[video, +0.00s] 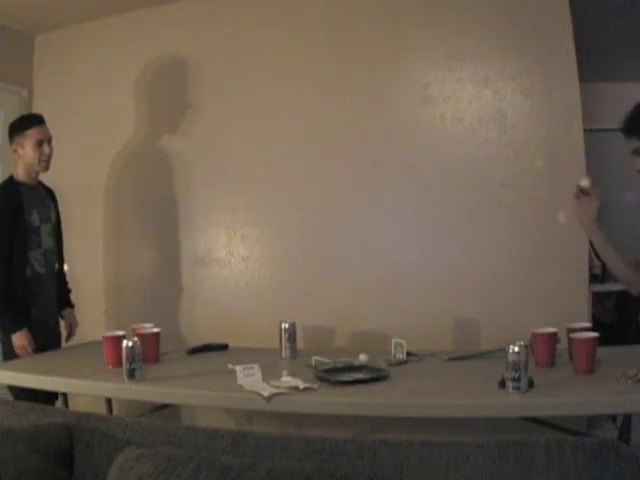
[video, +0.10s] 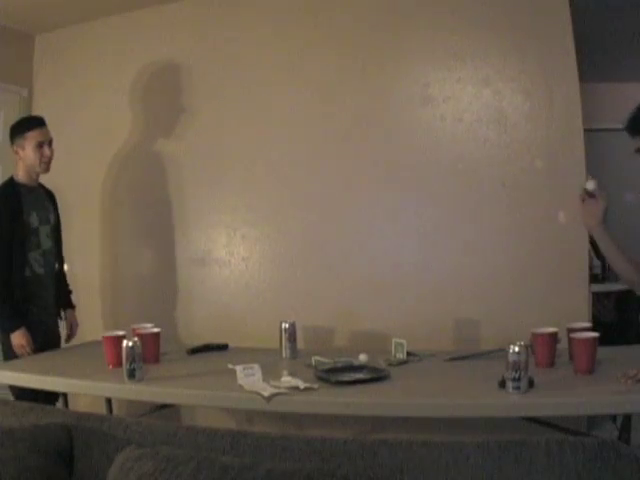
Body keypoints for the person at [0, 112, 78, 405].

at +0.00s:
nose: (47, 150)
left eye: (49, 142)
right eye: (39, 144)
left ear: (52, 144)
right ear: (17, 149)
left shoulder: (48, 196)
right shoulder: (5, 196)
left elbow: (55, 260)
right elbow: (4, 268)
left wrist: (66, 305)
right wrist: (13, 326)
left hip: (47, 313)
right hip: (16, 317)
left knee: (48, 398)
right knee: (26, 401)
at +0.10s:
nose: (48, 152)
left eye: (50, 144)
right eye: (40, 146)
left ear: (53, 146)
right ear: (18, 151)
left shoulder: (48, 198)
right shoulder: (5, 198)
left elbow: (55, 261)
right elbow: (4, 268)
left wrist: (68, 306)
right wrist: (12, 325)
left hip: (46, 313)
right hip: (16, 317)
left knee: (49, 397)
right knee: (28, 401)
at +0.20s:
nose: (50, 156)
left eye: (51, 148)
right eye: (41, 149)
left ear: (54, 150)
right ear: (20, 155)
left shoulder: (47, 201)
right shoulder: (5, 201)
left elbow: (54, 264)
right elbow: (4, 270)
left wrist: (68, 309)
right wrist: (12, 327)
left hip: (46, 318)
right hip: (17, 321)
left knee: (55, 403)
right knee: (31, 406)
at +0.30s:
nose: (51, 160)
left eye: (52, 152)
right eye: (43, 153)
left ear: (55, 154)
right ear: (21, 156)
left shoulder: (47, 205)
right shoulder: (5, 203)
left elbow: (53, 267)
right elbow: (3, 273)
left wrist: (63, 312)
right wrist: (12, 329)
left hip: (46, 318)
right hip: (17, 321)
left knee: (56, 403)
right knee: (33, 405)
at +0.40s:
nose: (51, 159)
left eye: (52, 151)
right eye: (43, 151)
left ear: (55, 153)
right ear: (21, 155)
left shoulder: (47, 204)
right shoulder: (5, 201)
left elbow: (53, 264)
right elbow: (3, 269)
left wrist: (60, 312)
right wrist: (14, 327)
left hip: (45, 315)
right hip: (17, 319)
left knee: (56, 401)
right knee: (34, 403)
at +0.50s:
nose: (51, 158)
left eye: (53, 150)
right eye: (43, 151)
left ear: (55, 153)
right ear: (21, 154)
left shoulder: (48, 203)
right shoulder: (5, 201)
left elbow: (53, 264)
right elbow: (4, 269)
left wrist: (62, 310)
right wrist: (15, 323)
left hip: (46, 315)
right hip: (16, 319)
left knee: (56, 402)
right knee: (35, 405)